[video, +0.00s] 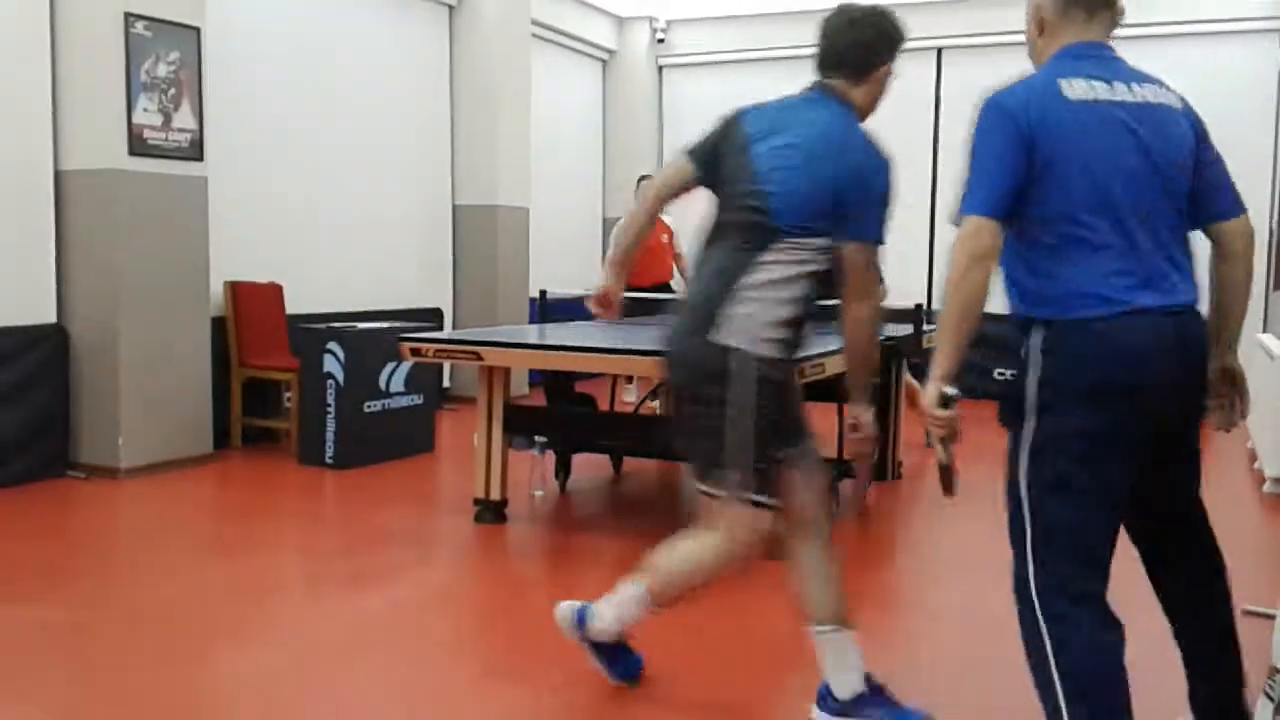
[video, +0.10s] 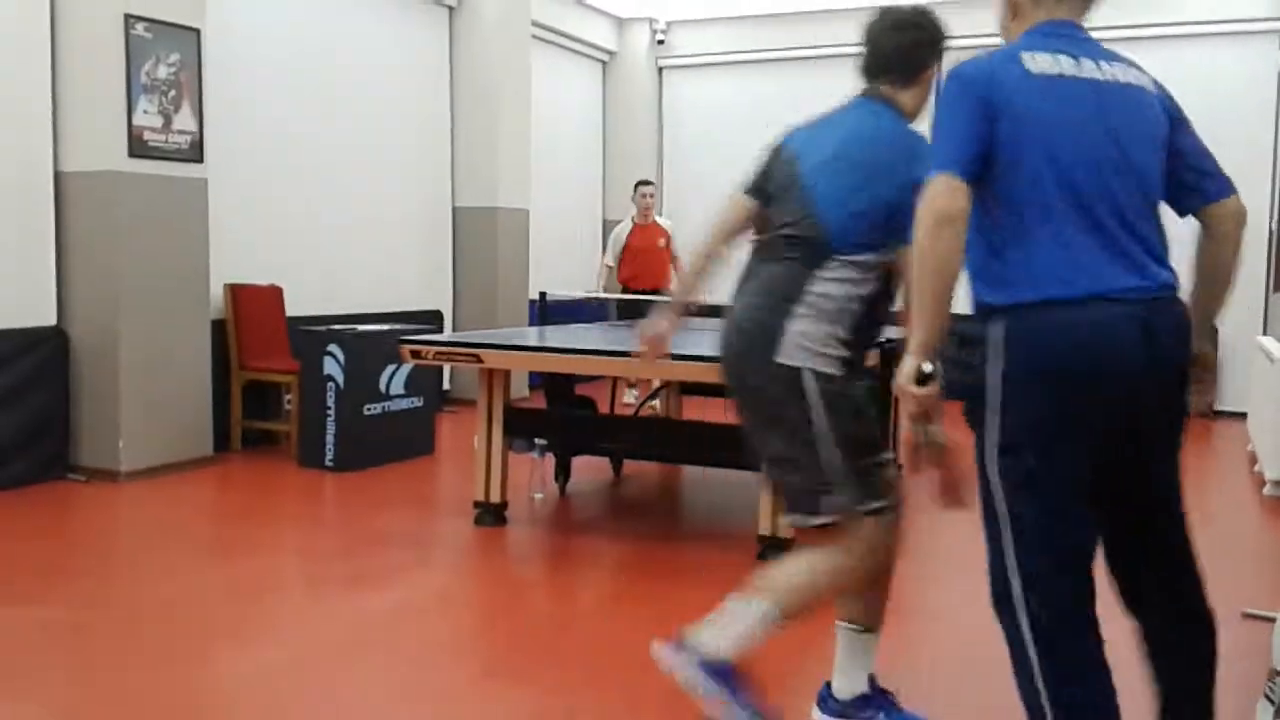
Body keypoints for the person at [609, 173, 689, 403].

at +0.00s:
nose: (650, 197)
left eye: (654, 191)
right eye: (644, 192)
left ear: (660, 196)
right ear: (636, 196)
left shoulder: (665, 227)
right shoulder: (626, 226)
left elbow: (678, 256)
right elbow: (613, 258)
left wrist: (689, 281)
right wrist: (613, 285)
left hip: (661, 289)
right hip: (633, 290)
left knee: (659, 342)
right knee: (629, 341)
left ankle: (655, 392)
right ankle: (626, 386)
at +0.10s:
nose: (647, 201)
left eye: (651, 196)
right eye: (643, 196)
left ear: (656, 199)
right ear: (634, 199)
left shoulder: (665, 228)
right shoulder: (623, 230)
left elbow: (675, 259)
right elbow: (608, 261)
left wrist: (685, 286)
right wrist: (600, 288)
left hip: (660, 294)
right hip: (630, 294)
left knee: (659, 344)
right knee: (629, 343)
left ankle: (656, 392)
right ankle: (630, 387)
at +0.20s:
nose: (646, 198)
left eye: (650, 194)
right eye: (641, 193)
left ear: (654, 197)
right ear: (632, 197)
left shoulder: (664, 224)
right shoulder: (621, 227)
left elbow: (675, 255)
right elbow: (604, 259)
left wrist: (686, 285)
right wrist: (599, 284)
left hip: (661, 290)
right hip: (631, 291)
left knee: (663, 338)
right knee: (629, 338)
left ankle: (661, 387)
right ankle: (631, 384)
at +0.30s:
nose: (646, 198)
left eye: (650, 193)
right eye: (641, 193)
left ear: (655, 196)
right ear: (633, 196)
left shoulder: (666, 223)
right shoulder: (622, 226)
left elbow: (677, 254)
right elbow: (604, 257)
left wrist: (688, 284)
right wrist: (601, 282)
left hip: (661, 288)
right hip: (632, 289)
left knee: (664, 337)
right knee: (629, 338)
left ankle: (668, 388)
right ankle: (631, 386)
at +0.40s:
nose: (648, 193)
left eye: (652, 189)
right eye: (644, 189)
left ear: (657, 191)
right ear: (635, 191)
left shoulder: (668, 218)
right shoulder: (624, 222)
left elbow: (681, 248)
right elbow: (607, 252)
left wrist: (695, 277)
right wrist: (603, 276)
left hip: (663, 284)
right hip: (634, 284)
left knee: (664, 333)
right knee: (630, 333)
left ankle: (668, 382)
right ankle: (631, 383)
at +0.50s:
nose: (651, 195)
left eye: (655, 190)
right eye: (646, 190)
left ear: (659, 193)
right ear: (638, 193)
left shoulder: (670, 219)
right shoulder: (628, 223)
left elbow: (679, 247)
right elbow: (610, 253)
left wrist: (678, 268)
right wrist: (606, 278)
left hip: (667, 285)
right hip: (639, 285)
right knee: (631, 334)